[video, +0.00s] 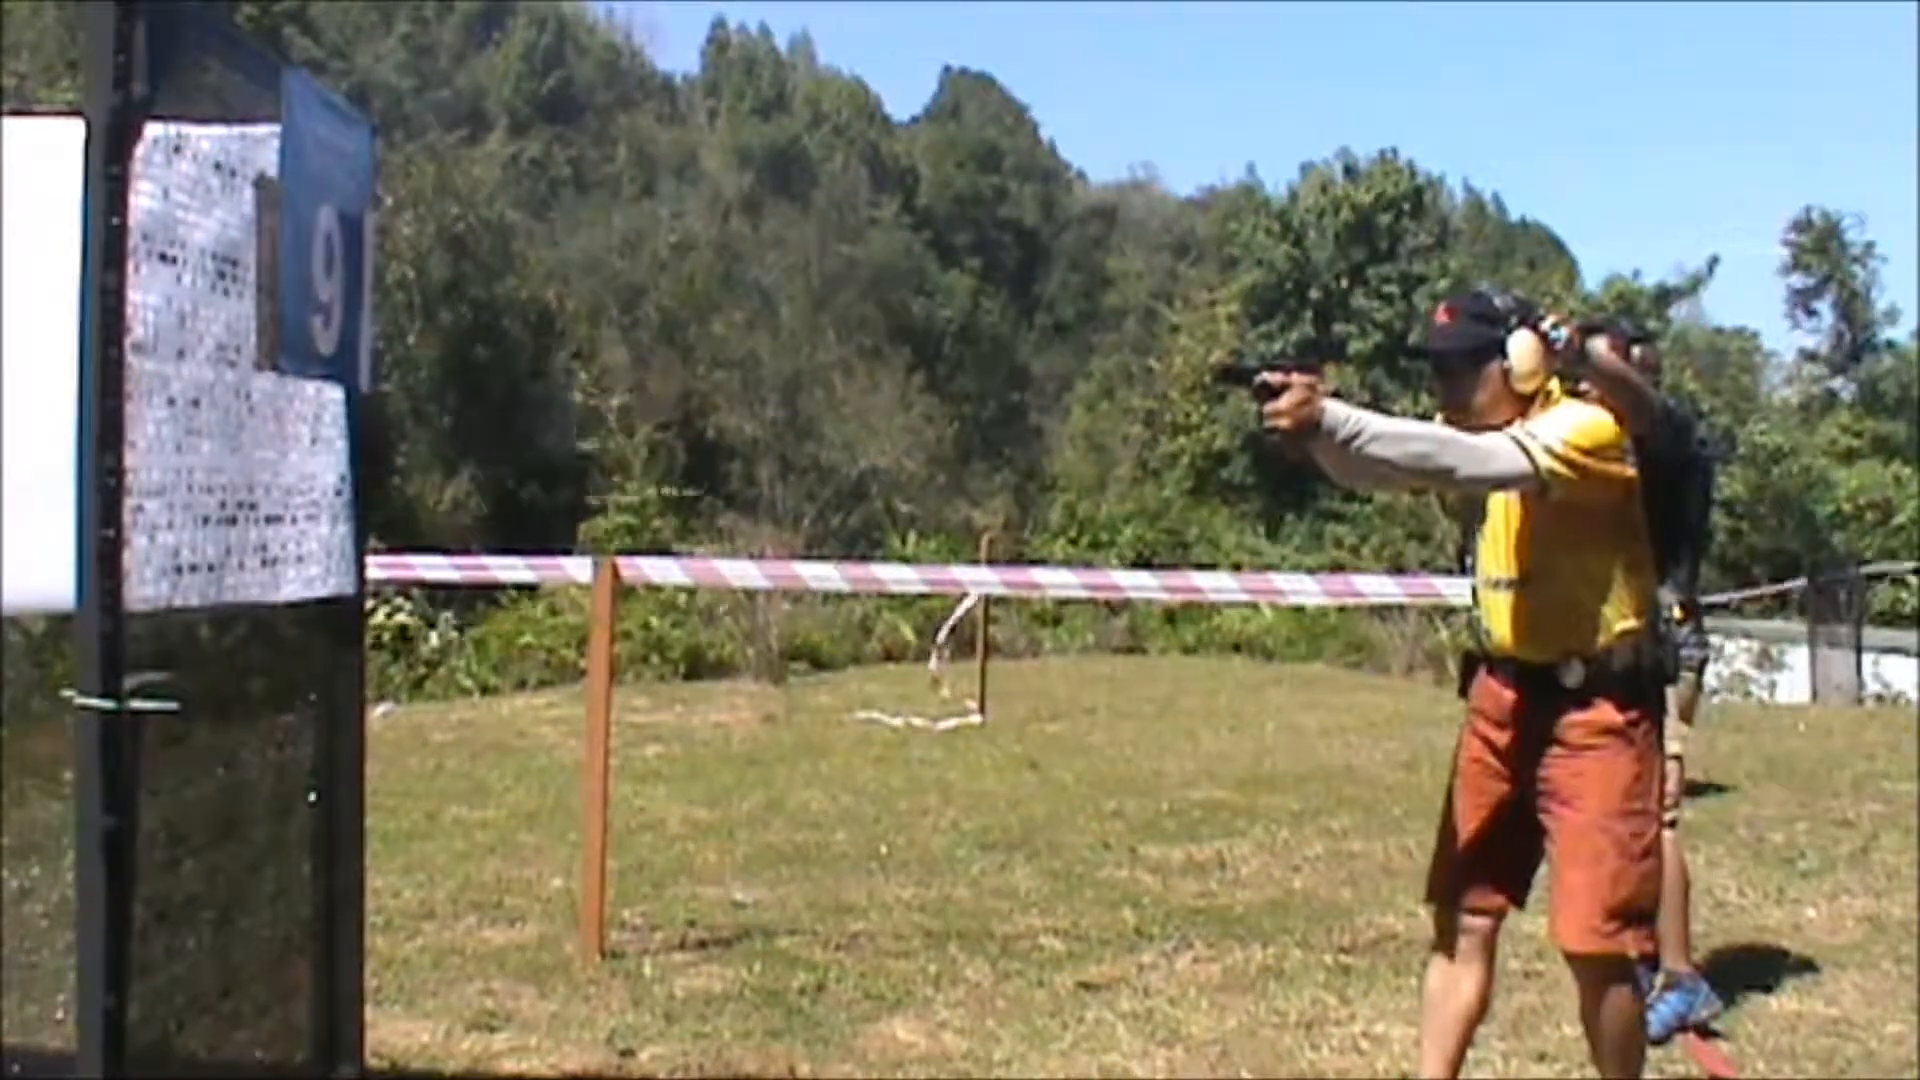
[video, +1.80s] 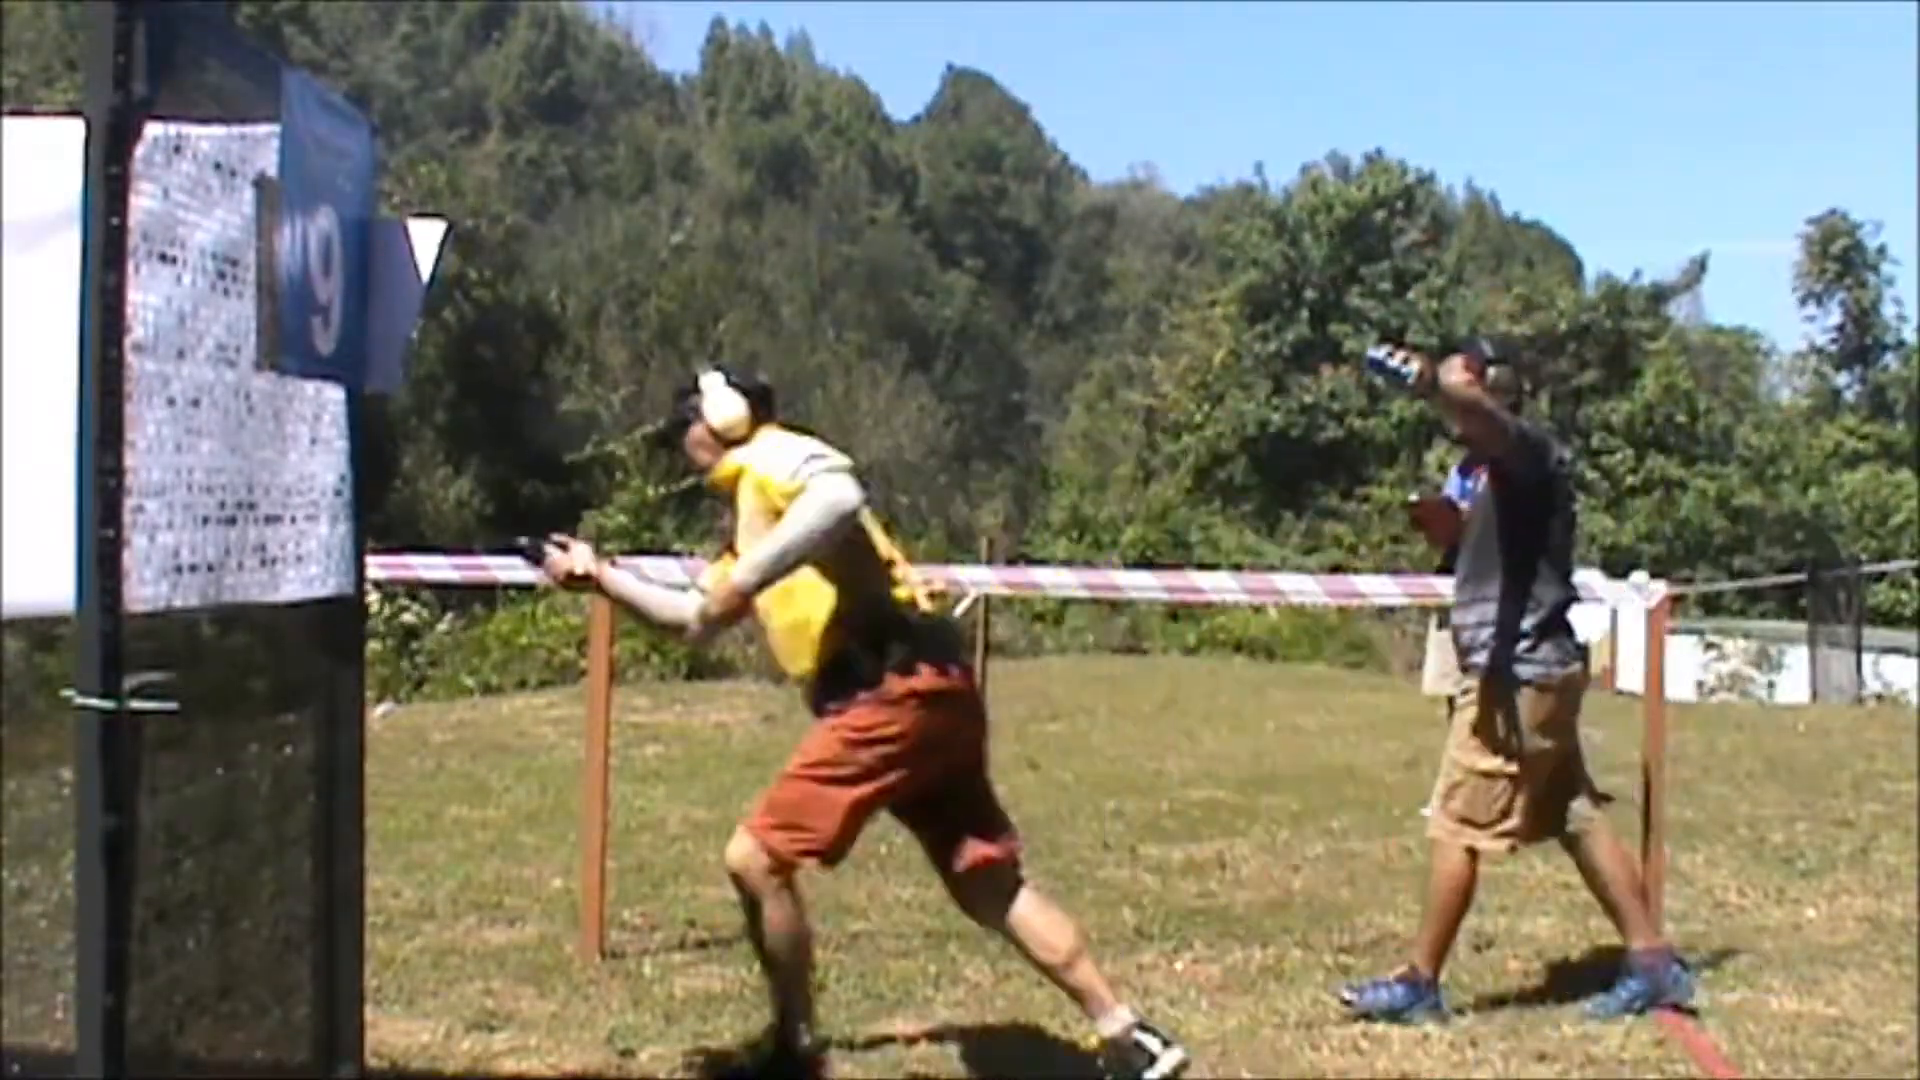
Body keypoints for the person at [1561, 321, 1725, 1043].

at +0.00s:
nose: (1607, 374)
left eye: (1620, 362)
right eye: (1602, 363)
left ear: (1644, 370)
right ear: (1596, 371)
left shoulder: (1671, 438)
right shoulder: (1583, 437)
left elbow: (1619, 379)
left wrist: (1581, 356)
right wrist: (1543, 364)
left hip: (1660, 629)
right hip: (1600, 631)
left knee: (1659, 809)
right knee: (1618, 807)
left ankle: (1678, 970)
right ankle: (1637, 967)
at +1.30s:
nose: (1570, 393)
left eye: (1580, 377)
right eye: (1566, 381)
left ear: (1614, 371)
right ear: (1587, 378)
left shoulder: (1651, 438)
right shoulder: (1613, 450)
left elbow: (1614, 395)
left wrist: (1559, 351)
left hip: (1635, 658)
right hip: (1606, 655)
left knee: (1619, 819)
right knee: (1620, 819)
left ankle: (1674, 972)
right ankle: (1653, 964)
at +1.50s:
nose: (1538, 397)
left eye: (1549, 383)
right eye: (1536, 384)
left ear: (1582, 379)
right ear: (1554, 386)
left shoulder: (1618, 442)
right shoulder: (1603, 452)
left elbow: (1590, 402)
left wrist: (1532, 358)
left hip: (1605, 656)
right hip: (1624, 656)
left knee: (1550, 810)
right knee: (1628, 816)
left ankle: (1596, 969)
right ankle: (1658, 965)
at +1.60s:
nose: (1521, 404)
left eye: (1531, 389)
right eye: (1519, 392)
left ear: (1558, 384)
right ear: (1528, 396)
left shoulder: (1597, 447)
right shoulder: (1578, 459)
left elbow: (1565, 404)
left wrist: (1514, 364)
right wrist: (1495, 529)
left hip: (1585, 655)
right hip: (1608, 655)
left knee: (1530, 810)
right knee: (1617, 810)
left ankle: (1527, 975)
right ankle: (1657, 965)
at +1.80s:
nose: (1456, 385)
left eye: (1467, 376)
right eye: (1455, 376)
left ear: (1500, 386)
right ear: (1471, 393)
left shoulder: (1530, 452)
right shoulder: (1485, 465)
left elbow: (1475, 411)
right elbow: (1474, 556)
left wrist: (1437, 379)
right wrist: (1443, 529)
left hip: (1515, 672)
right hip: (1533, 669)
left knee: (1456, 826)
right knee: (1576, 815)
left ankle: (1420, 979)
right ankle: (1654, 963)